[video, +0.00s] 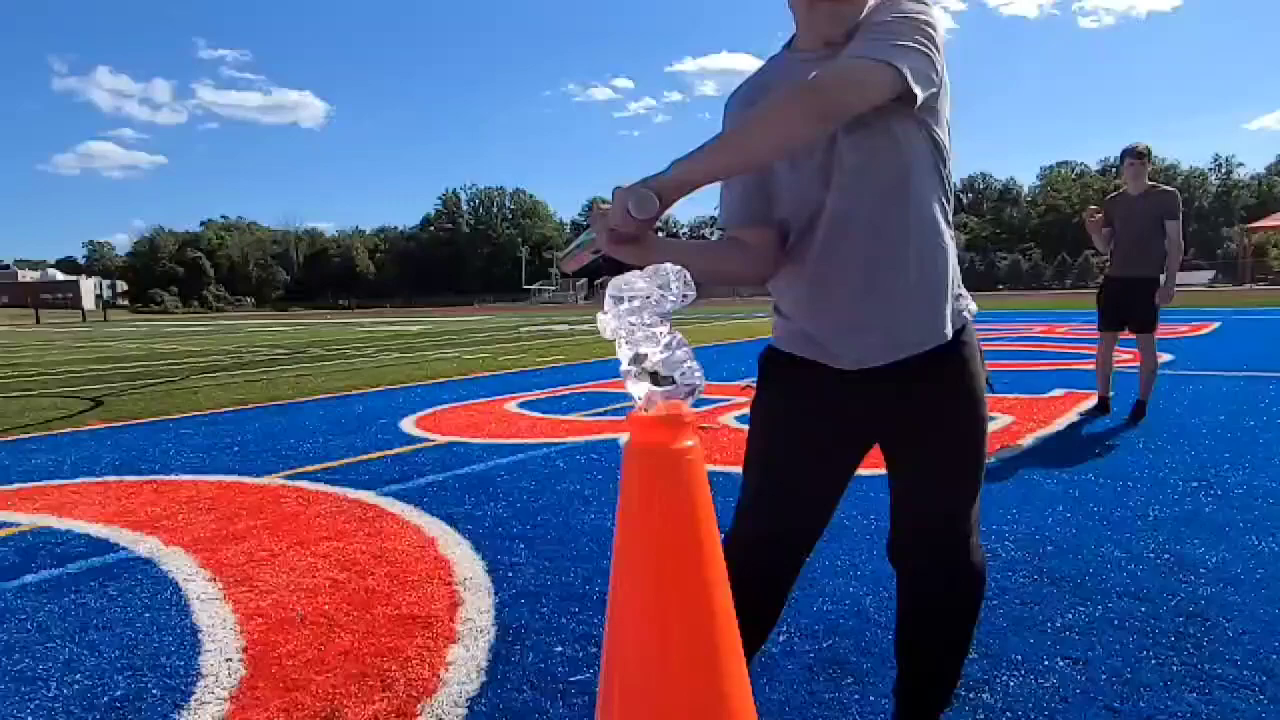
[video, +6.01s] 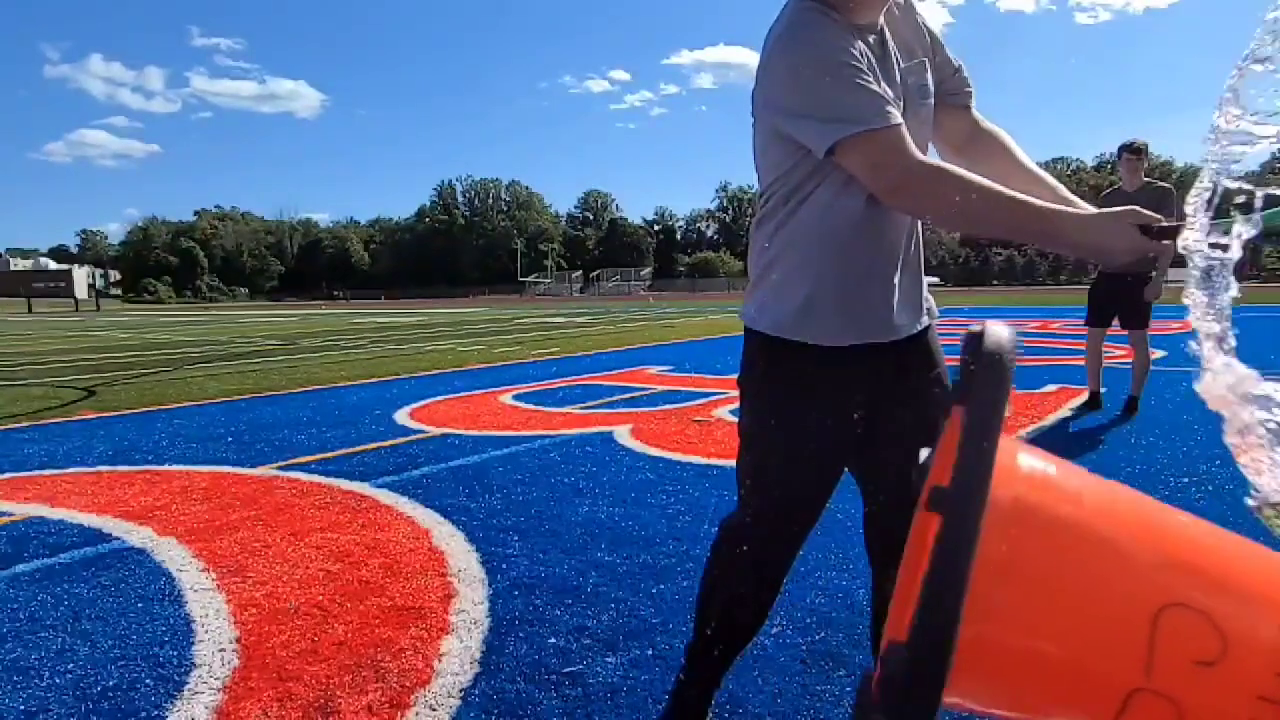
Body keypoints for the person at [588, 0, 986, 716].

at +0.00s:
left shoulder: (907, 24)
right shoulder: (752, 101)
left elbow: (831, 98)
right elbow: (756, 254)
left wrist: (666, 184)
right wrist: (653, 251)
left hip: (931, 357)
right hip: (810, 365)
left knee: (941, 563)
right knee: (756, 561)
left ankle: (920, 709)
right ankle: (689, 700)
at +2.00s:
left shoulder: (918, 22)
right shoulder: (772, 79)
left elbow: (915, 121)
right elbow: (788, 223)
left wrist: (838, 207)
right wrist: (759, 273)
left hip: (924, 357)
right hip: (811, 363)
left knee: (936, 563)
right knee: (764, 554)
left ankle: (913, 711)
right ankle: (682, 694)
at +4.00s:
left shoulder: (915, 18)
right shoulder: (787, 57)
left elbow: (954, 126)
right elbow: (832, 205)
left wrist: (1000, 201)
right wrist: (979, 263)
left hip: (912, 335)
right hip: (810, 345)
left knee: (923, 545)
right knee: (769, 537)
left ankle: (935, 695)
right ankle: (697, 701)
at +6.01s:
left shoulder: (907, 19)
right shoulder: (807, 42)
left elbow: (965, 132)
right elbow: (903, 180)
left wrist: (1087, 217)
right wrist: (1077, 236)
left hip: (900, 339)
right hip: (802, 345)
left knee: (912, 533)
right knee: (768, 531)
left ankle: (900, 693)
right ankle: (692, 698)